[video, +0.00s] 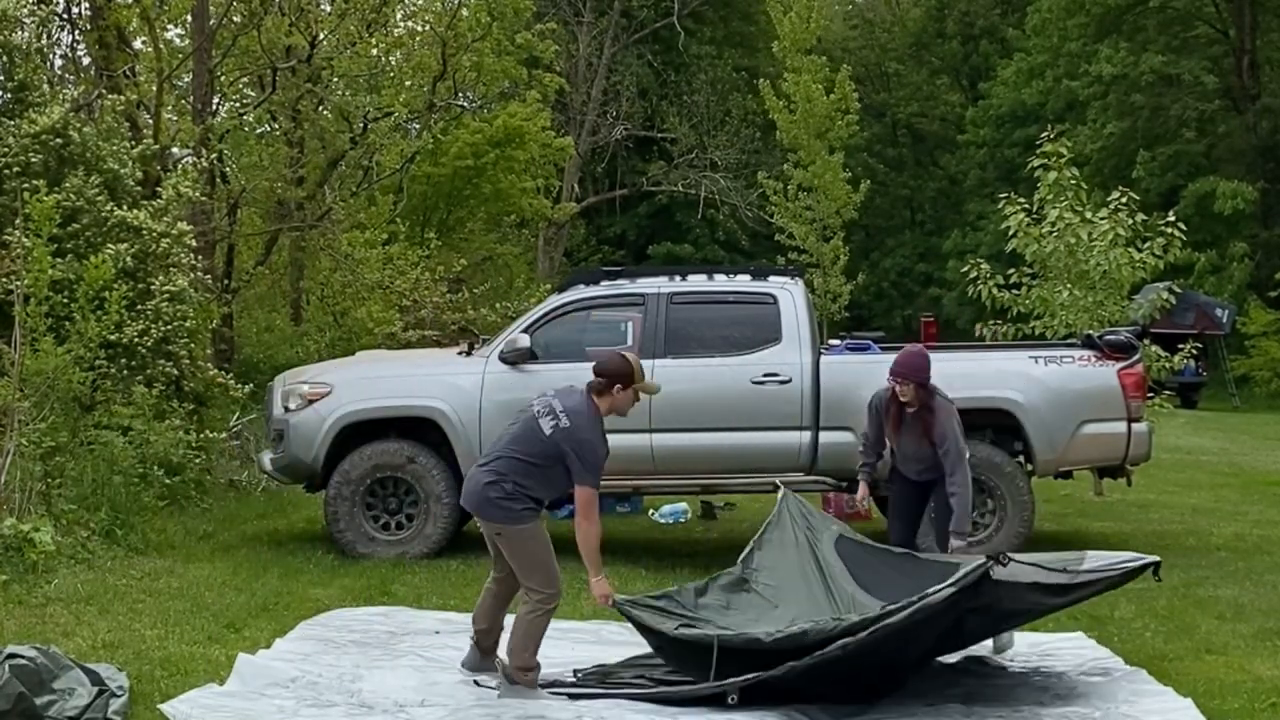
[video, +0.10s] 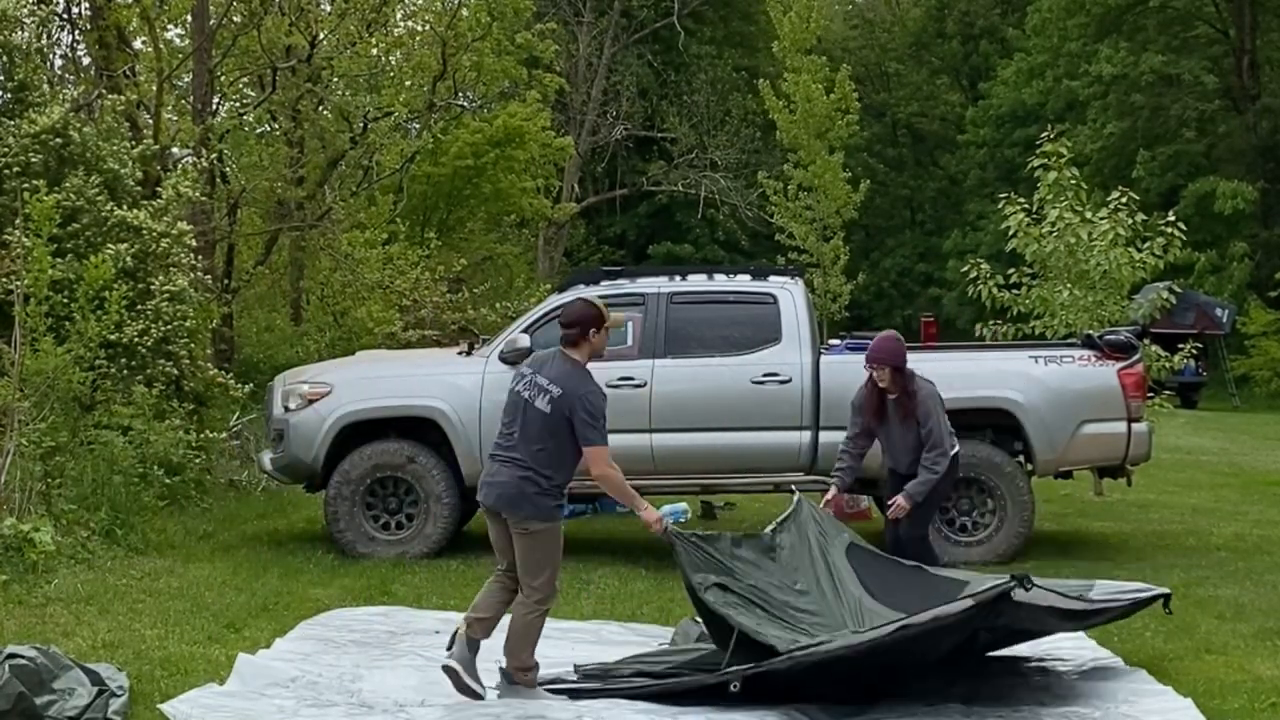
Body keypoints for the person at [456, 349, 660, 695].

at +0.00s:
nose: (636, 400)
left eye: (638, 393)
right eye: (635, 393)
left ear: (603, 384)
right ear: (616, 390)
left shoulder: (567, 396)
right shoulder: (588, 438)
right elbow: (586, 517)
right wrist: (597, 577)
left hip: (483, 487)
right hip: (509, 501)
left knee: (507, 575)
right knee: (544, 591)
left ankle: (480, 655)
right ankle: (519, 680)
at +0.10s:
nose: (607, 336)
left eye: (606, 330)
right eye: (605, 330)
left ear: (568, 332)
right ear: (591, 335)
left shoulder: (536, 361)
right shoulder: (586, 391)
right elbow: (599, 468)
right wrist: (642, 507)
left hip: (494, 485)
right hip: (533, 498)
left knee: (509, 572)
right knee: (538, 590)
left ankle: (464, 647)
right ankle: (518, 680)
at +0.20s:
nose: (592, 339)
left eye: (592, 332)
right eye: (591, 331)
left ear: (550, 331)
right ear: (578, 331)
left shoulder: (521, 369)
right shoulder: (579, 379)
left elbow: (518, 442)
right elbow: (645, 432)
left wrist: (558, 483)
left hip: (494, 493)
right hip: (536, 500)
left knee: (507, 589)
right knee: (573, 581)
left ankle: (481, 681)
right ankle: (529, 670)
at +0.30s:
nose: (628, 345)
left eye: (628, 337)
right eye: (626, 337)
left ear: (587, 334)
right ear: (613, 336)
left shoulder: (544, 370)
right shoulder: (611, 383)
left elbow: (511, 442)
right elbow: (684, 430)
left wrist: (521, 485)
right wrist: (744, 459)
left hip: (513, 492)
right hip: (562, 498)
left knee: (508, 590)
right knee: (617, 579)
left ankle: (480, 686)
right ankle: (626, 684)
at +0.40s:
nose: (687, 360)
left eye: (688, 352)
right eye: (687, 352)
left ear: (646, 343)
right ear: (676, 348)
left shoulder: (600, 377)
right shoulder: (673, 394)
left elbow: (559, 440)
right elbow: (742, 439)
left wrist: (531, 496)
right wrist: (806, 462)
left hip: (564, 498)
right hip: (613, 504)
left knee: (560, 591)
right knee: (647, 603)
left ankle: (510, 673)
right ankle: (648, 703)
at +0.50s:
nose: (733, 362)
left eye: (735, 355)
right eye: (734, 354)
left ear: (693, 343)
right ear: (725, 348)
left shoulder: (645, 372)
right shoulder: (714, 393)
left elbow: (601, 440)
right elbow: (785, 444)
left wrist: (590, 502)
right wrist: (846, 467)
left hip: (599, 496)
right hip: (642, 504)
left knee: (632, 596)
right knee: (657, 606)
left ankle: (619, 694)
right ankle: (651, 706)